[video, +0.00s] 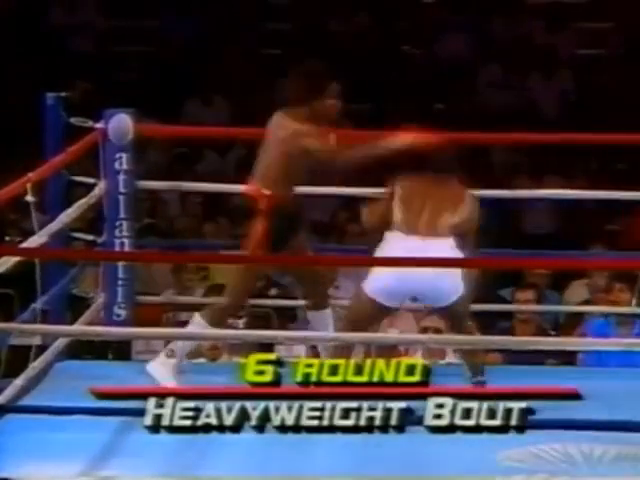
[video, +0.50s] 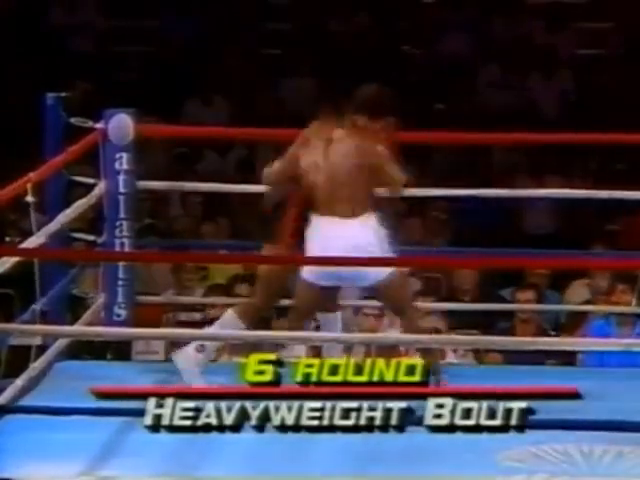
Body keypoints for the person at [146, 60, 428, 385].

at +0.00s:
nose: (337, 105)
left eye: (338, 98)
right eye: (331, 98)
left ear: (319, 101)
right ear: (312, 99)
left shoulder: (315, 130)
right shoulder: (288, 126)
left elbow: (346, 151)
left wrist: (397, 143)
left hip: (286, 218)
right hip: (266, 216)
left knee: (316, 288)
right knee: (235, 300)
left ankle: (327, 362)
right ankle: (168, 359)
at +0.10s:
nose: (353, 121)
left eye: (353, 115)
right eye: (350, 114)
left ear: (318, 107)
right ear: (332, 112)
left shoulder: (287, 127)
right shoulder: (328, 135)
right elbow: (383, 160)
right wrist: (430, 165)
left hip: (264, 212)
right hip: (276, 217)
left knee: (317, 282)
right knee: (236, 299)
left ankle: (324, 355)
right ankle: (169, 359)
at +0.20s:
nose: (375, 139)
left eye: (376, 133)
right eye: (373, 133)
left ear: (337, 119)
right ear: (362, 128)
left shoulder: (304, 132)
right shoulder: (350, 153)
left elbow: (273, 166)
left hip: (269, 212)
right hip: (293, 220)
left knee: (327, 284)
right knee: (244, 297)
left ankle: (329, 357)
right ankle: (180, 356)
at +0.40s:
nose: (384, 139)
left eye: (386, 133)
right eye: (379, 132)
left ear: (327, 134)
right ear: (356, 129)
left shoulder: (316, 163)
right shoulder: (385, 163)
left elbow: (302, 208)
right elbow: (412, 189)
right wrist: (387, 212)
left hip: (341, 259)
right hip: (388, 256)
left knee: (306, 337)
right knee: (419, 333)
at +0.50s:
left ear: (319, 115)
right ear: (346, 114)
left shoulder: (306, 146)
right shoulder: (367, 146)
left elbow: (273, 176)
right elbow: (398, 182)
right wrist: (372, 187)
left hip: (321, 232)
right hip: (364, 231)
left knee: (297, 317)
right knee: (405, 309)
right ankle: (436, 363)